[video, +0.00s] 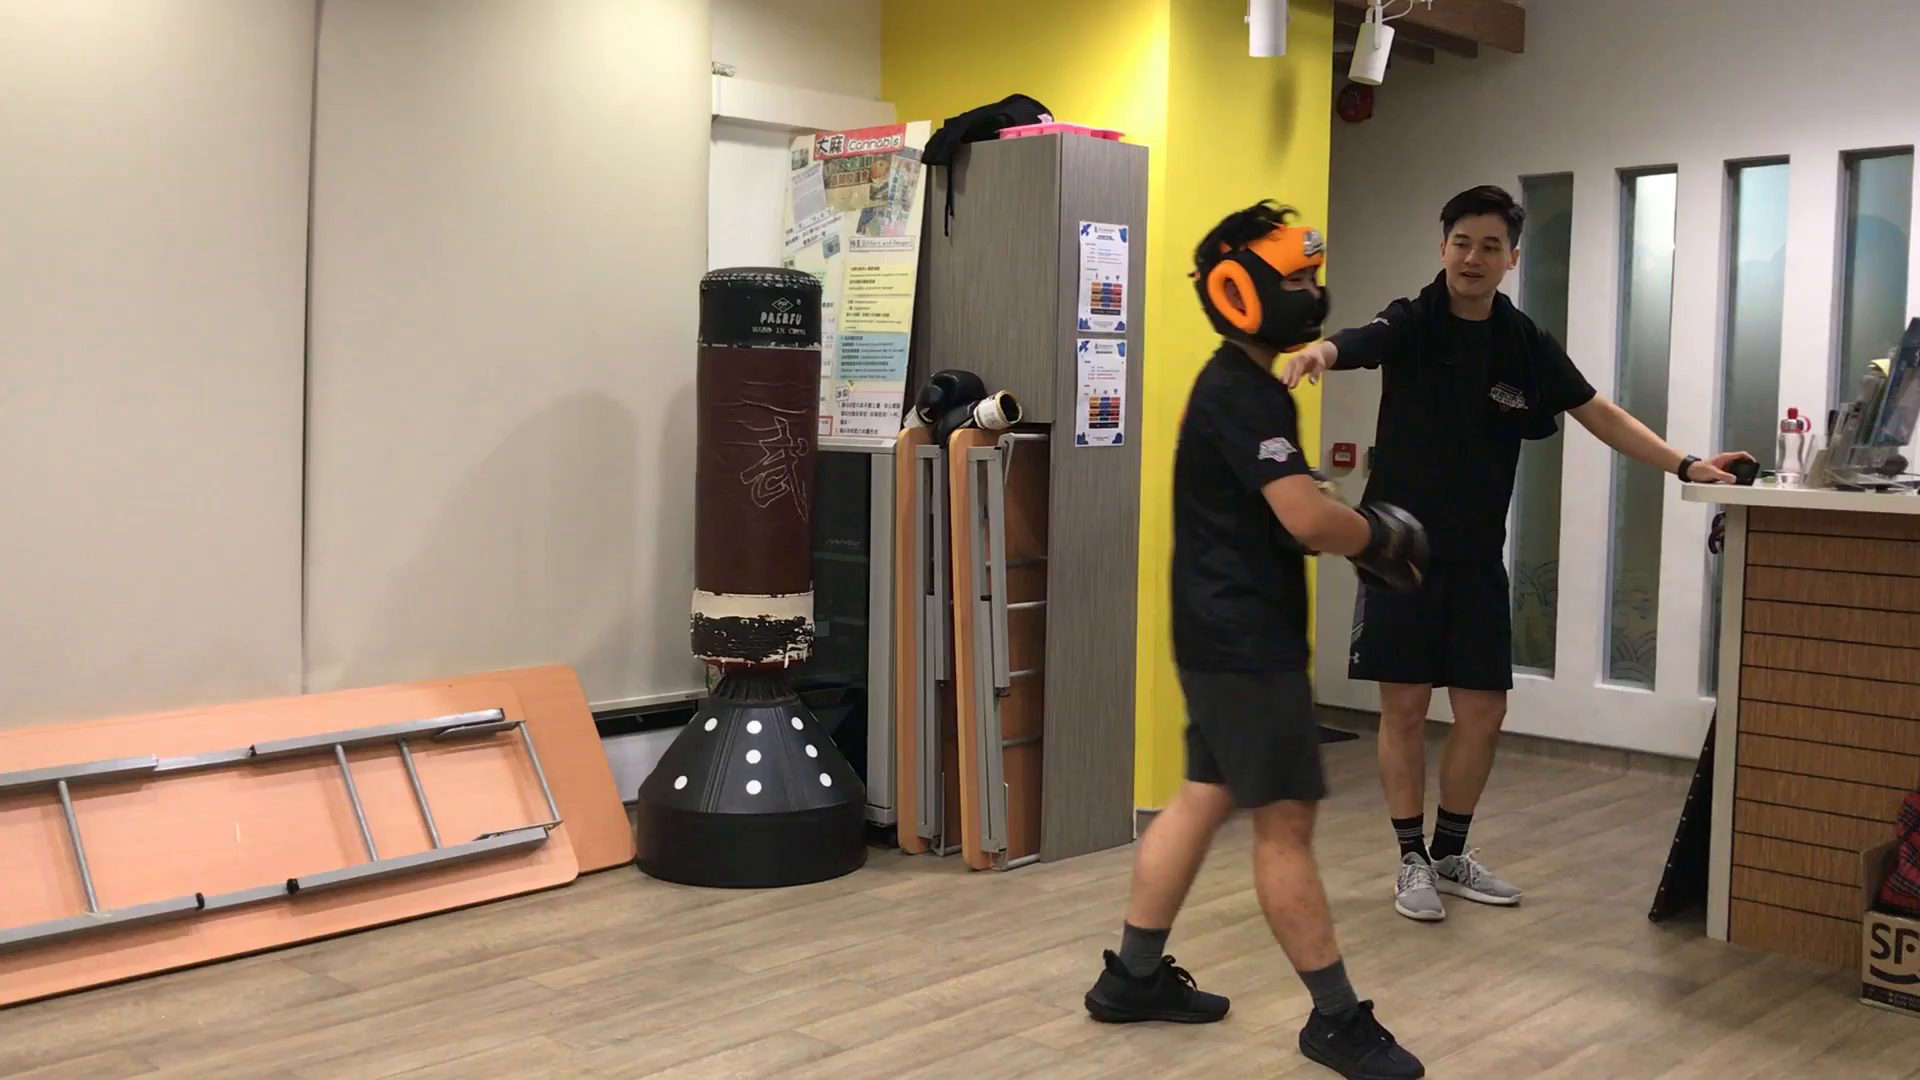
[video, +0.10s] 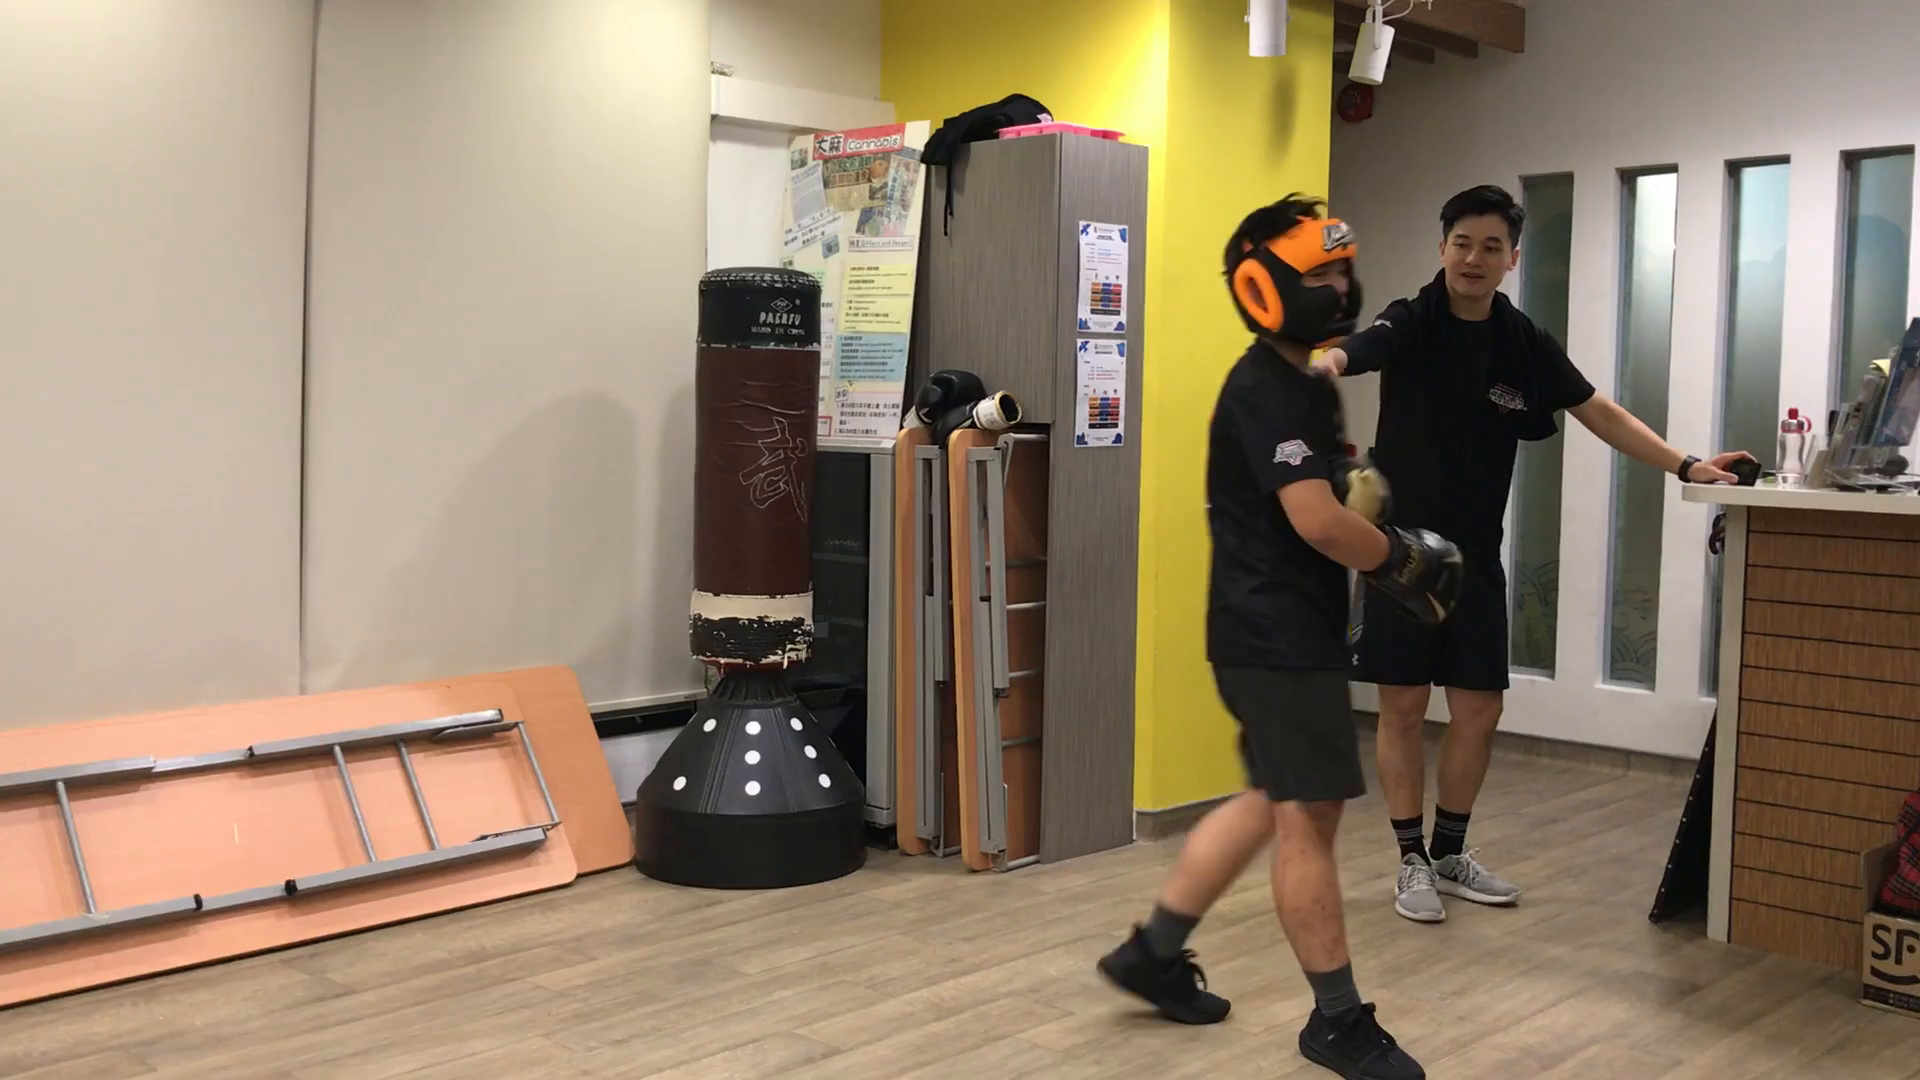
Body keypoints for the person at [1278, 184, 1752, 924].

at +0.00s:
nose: (1474, 257)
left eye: (1491, 246)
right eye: (1463, 243)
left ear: (1512, 258)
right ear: (1442, 248)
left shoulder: (1526, 342)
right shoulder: (1412, 321)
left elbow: (1602, 416)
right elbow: (1349, 347)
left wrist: (1684, 463)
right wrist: (1316, 356)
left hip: (1477, 550)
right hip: (1400, 544)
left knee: (1483, 706)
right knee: (1405, 704)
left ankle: (1450, 854)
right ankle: (1412, 861)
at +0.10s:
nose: (1474, 259)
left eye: (1490, 248)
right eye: (1462, 244)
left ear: (1511, 258)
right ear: (1441, 248)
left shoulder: (1524, 342)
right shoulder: (1410, 322)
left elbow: (1600, 414)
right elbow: (1343, 354)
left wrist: (1684, 464)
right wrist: (1319, 362)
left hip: (1477, 548)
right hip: (1397, 544)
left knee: (1478, 708)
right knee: (1402, 705)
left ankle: (1449, 855)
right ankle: (1413, 863)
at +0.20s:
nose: (1474, 259)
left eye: (1491, 248)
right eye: (1463, 244)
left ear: (1512, 258)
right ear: (1441, 247)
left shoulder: (1523, 342)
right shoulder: (1397, 332)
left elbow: (1602, 414)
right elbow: (1343, 419)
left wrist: (1685, 464)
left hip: (1473, 545)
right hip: (1394, 541)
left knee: (1477, 704)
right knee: (1405, 702)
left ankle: (1440, 846)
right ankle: (1411, 857)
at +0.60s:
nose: (1493, 261)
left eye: (1502, 248)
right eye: (1481, 246)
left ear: (1511, 256)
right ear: (1444, 249)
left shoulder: (1524, 342)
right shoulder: (1401, 345)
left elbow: (1605, 415)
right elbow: (1366, 443)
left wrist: (1687, 464)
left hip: (1490, 558)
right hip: (1395, 557)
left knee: (1472, 696)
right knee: (1407, 697)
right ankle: (1405, 844)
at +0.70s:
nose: (1468, 297)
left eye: (1485, 275)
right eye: (1449, 280)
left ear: (1514, 274)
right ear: (1426, 284)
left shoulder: (1533, 347)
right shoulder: (1403, 345)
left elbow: (1599, 412)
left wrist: (1687, 464)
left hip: (1501, 581)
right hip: (1404, 568)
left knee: (1480, 699)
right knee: (1400, 696)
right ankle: (1404, 843)